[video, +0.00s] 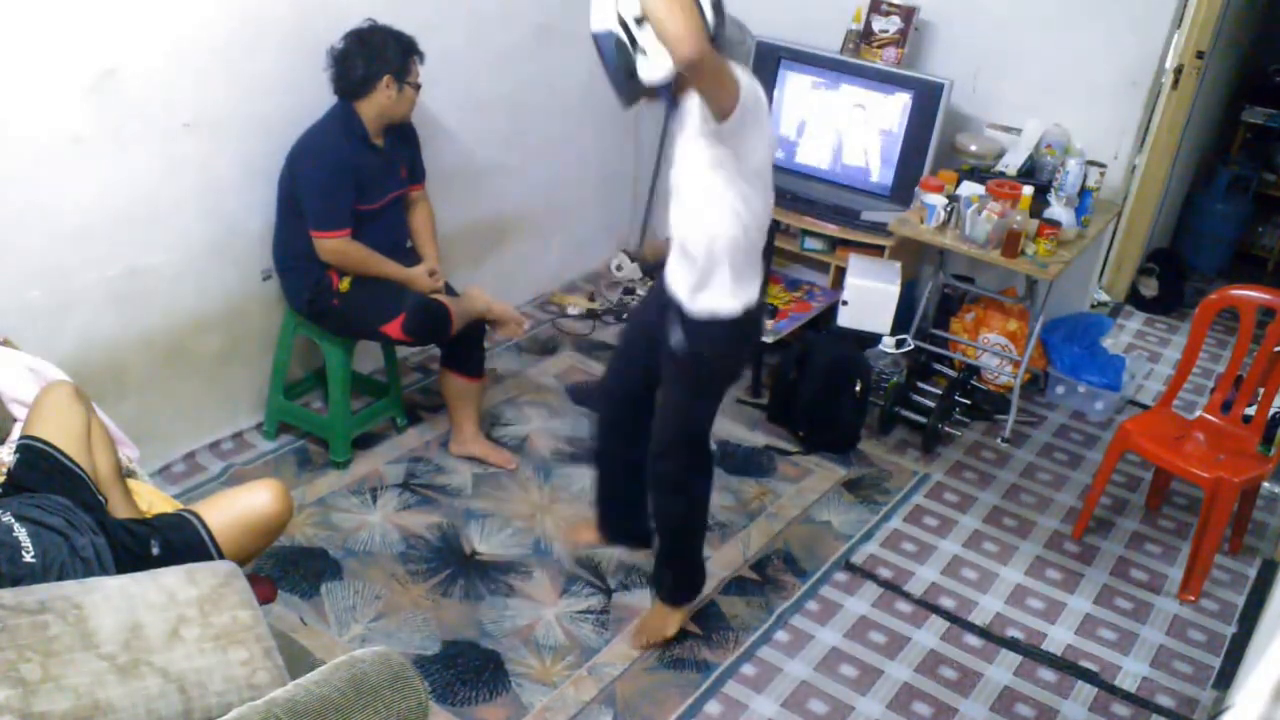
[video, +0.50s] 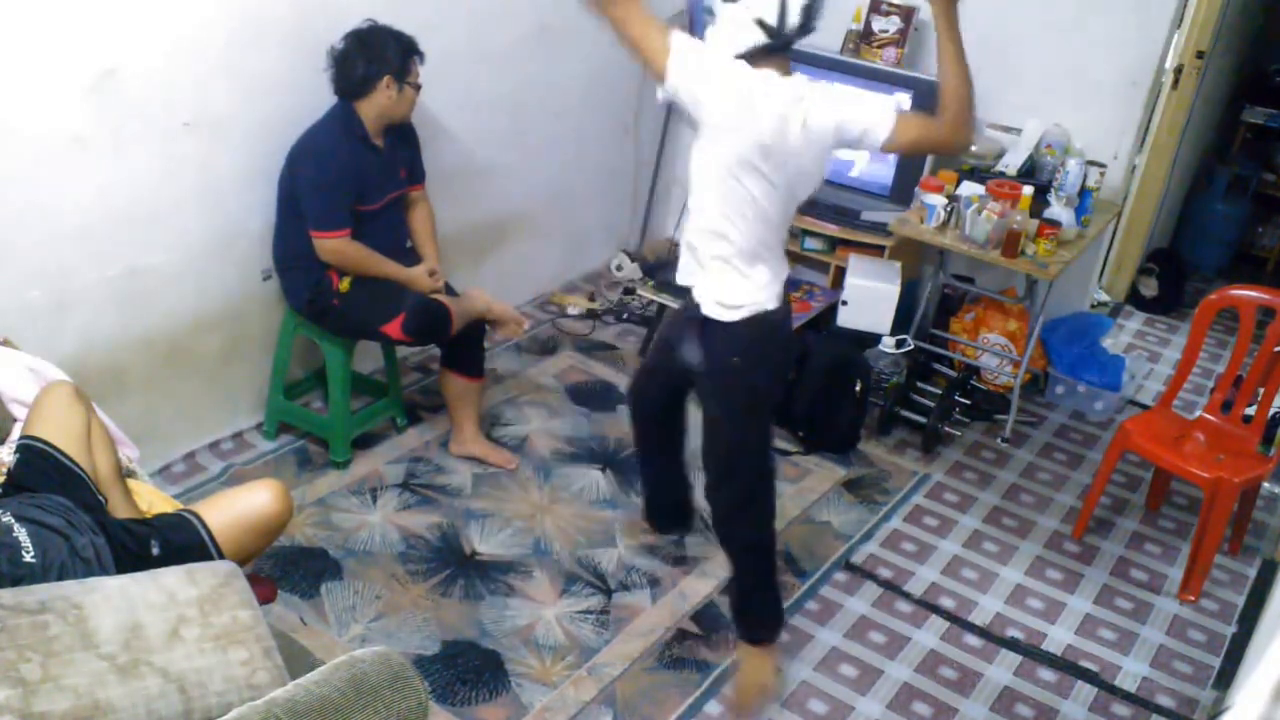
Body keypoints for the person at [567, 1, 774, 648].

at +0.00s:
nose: (664, 67)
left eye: (674, 53)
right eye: (658, 58)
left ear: (704, 53)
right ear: (669, 63)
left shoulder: (741, 107)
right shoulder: (693, 107)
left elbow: (693, 52)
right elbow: (704, 209)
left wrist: (652, 5)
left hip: (718, 318)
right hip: (671, 294)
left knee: (678, 447)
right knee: (620, 401)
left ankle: (679, 592)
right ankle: (623, 526)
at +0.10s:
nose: (665, 45)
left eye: (672, 32)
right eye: (665, 34)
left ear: (701, 24)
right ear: (713, 25)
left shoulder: (749, 76)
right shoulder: (722, 74)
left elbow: (698, 83)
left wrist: (684, 6)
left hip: (724, 300)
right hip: (691, 285)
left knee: (670, 438)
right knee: (644, 401)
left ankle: (698, 588)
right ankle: (650, 522)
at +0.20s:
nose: (657, 67)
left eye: (661, 53)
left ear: (690, 56)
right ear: (740, 51)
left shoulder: (709, 115)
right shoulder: (789, 103)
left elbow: (667, 95)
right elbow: (875, 111)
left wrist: (683, 12)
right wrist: (910, 61)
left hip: (700, 332)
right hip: (747, 324)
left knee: (675, 488)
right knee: (688, 454)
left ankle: (735, 623)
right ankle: (702, 552)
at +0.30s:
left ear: (699, 90)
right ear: (759, 85)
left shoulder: (707, 150)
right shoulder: (792, 153)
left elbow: (656, 57)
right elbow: (902, 128)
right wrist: (941, 35)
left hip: (698, 364)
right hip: (745, 355)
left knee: (699, 507)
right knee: (707, 479)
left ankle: (738, 630)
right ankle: (724, 587)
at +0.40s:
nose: (696, 41)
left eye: (706, 27)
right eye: (706, 26)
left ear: (727, 44)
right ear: (779, 47)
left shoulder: (712, 100)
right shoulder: (811, 121)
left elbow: (654, 10)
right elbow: (934, 136)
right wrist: (951, 23)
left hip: (721, 325)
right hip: (750, 310)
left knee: (727, 473)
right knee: (669, 411)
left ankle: (742, 623)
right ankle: (690, 524)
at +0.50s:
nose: (707, 39)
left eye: (713, 31)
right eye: (715, 32)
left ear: (729, 38)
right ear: (786, 41)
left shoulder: (720, 84)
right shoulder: (826, 111)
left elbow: (627, 15)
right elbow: (952, 131)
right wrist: (945, 16)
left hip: (739, 323)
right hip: (704, 306)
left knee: (737, 492)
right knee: (651, 396)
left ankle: (759, 643)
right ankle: (666, 514)